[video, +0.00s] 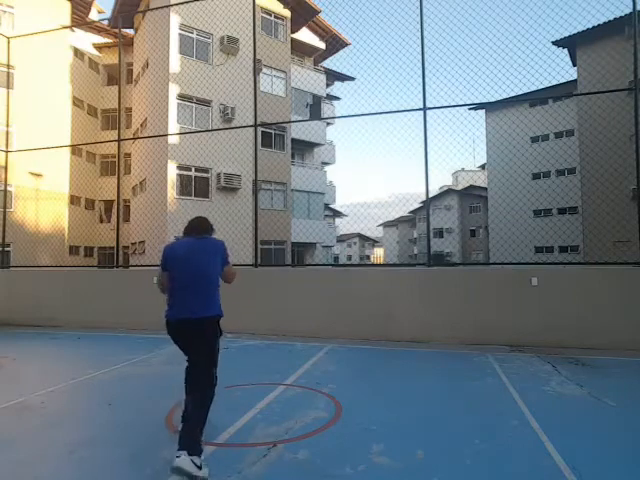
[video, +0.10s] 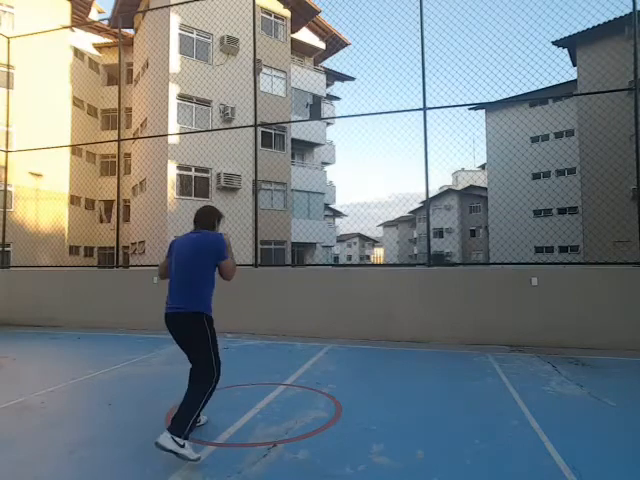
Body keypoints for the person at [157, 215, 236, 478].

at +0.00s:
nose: (210, 235)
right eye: (210, 232)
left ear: (186, 232)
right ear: (210, 232)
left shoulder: (171, 248)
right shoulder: (216, 246)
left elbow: (164, 286)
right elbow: (229, 277)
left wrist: (177, 274)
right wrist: (214, 263)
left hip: (176, 323)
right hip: (206, 322)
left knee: (195, 361)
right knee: (204, 382)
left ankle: (190, 415)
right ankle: (188, 451)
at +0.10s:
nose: (219, 229)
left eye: (218, 225)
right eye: (219, 225)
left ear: (195, 222)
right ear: (215, 224)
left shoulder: (178, 242)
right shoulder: (217, 240)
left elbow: (163, 273)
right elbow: (228, 274)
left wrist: (185, 261)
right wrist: (226, 250)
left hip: (174, 315)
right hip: (196, 316)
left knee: (199, 363)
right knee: (210, 372)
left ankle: (189, 414)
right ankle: (176, 434)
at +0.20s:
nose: (221, 222)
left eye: (221, 218)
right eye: (220, 218)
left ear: (199, 216)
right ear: (213, 218)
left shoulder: (189, 235)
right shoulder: (202, 235)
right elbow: (220, 269)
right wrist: (226, 242)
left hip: (180, 308)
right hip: (190, 310)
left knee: (207, 360)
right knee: (207, 363)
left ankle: (185, 406)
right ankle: (170, 419)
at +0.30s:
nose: (219, 224)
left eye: (219, 220)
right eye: (218, 220)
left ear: (202, 218)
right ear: (209, 219)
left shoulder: (196, 237)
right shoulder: (194, 240)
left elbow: (216, 246)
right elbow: (210, 272)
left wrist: (232, 234)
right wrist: (222, 244)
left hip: (193, 312)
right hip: (183, 314)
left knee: (208, 344)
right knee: (198, 365)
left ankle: (189, 391)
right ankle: (164, 420)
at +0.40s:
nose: (220, 230)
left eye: (220, 226)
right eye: (218, 225)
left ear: (205, 223)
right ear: (208, 224)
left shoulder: (201, 243)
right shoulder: (188, 245)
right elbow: (203, 278)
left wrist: (225, 247)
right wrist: (218, 249)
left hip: (193, 313)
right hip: (181, 315)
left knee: (204, 347)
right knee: (193, 365)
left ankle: (199, 385)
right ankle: (164, 421)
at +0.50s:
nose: (220, 232)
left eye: (221, 228)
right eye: (219, 228)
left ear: (208, 227)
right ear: (209, 227)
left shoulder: (206, 248)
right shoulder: (186, 248)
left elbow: (221, 268)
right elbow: (192, 280)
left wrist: (229, 257)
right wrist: (215, 256)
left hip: (198, 314)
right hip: (184, 316)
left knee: (205, 348)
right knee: (193, 364)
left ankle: (199, 386)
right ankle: (164, 420)